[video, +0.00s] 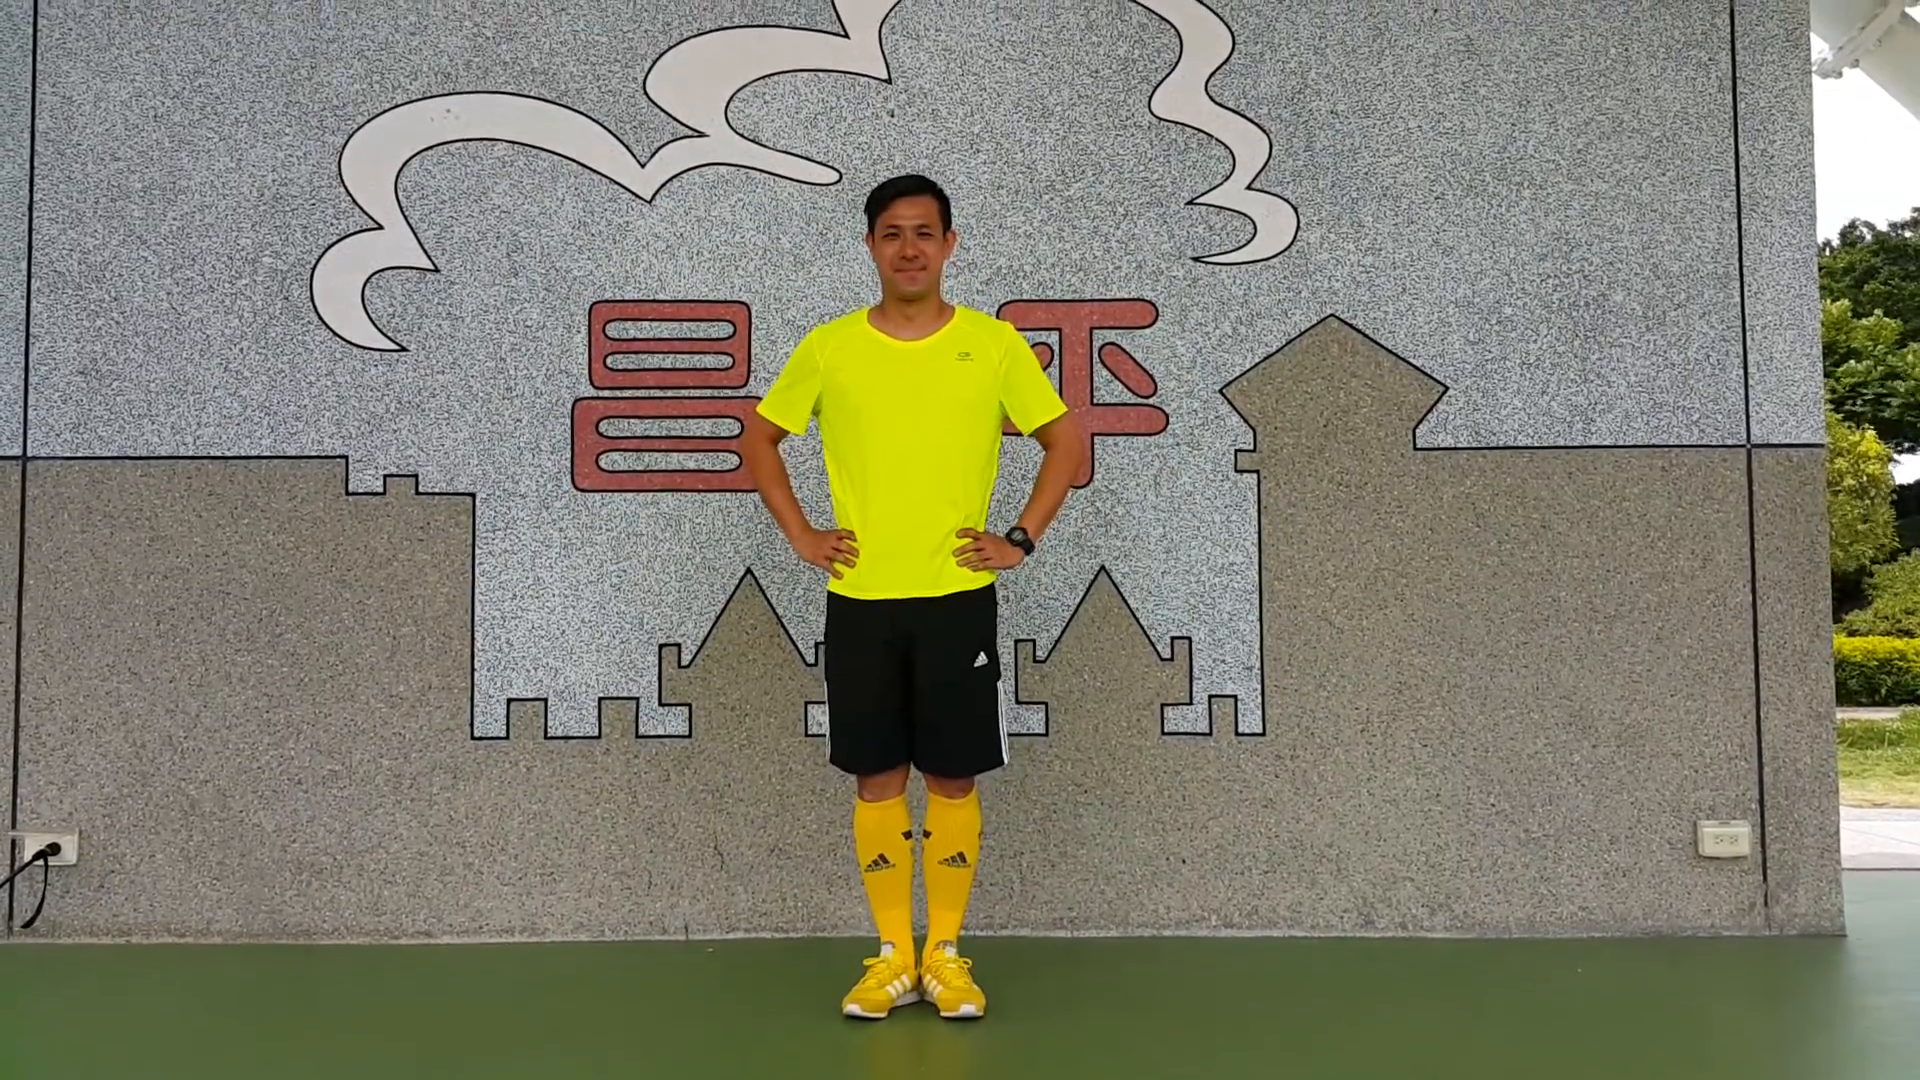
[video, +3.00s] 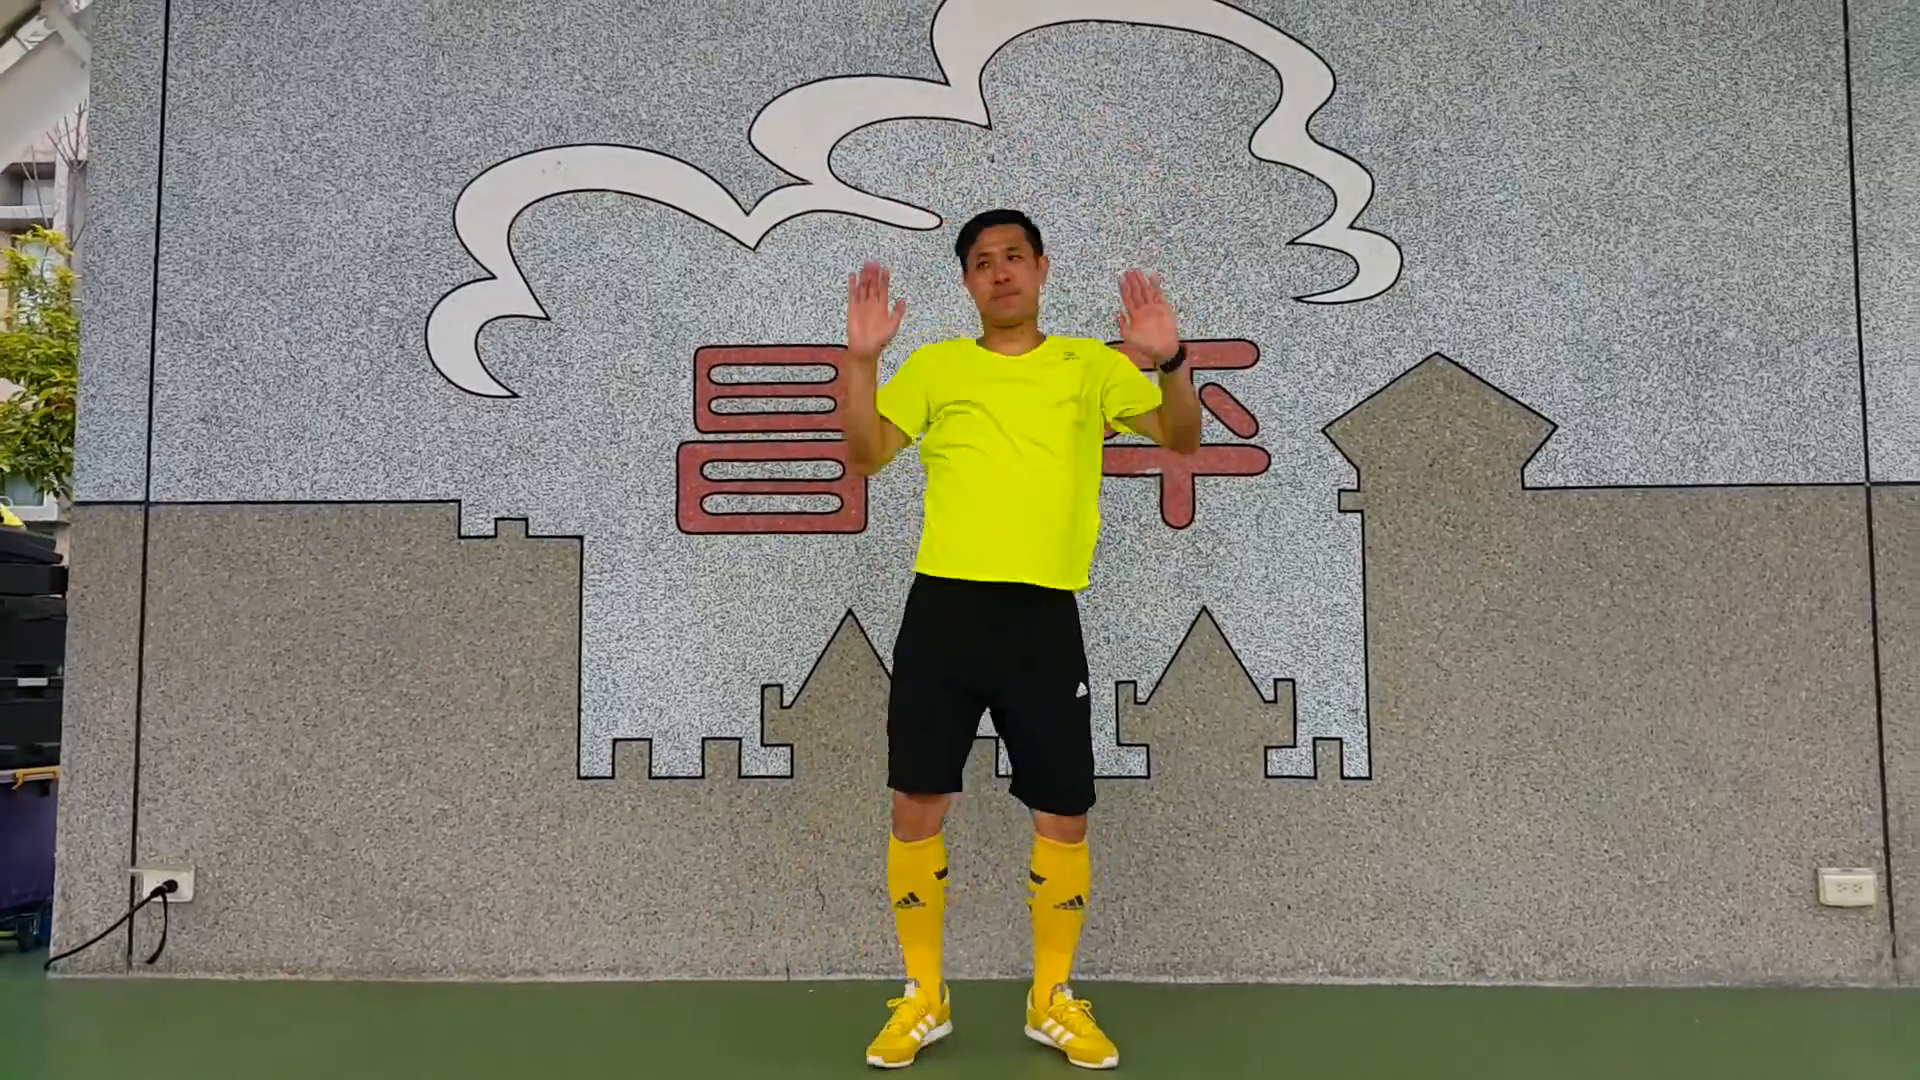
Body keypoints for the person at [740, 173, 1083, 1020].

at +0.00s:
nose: (909, 247)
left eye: (924, 233)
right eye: (893, 234)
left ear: (948, 246)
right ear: (872, 249)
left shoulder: (992, 342)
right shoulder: (831, 345)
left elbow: (1067, 439)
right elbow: (757, 438)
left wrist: (1021, 538)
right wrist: (800, 532)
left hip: (958, 591)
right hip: (862, 592)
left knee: (951, 774)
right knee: (877, 774)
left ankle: (943, 955)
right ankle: (895, 957)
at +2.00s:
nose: (978, 271)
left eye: (991, 258)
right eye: (962, 259)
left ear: (1010, 274)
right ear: (933, 275)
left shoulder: (1047, 349)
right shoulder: (886, 354)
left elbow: (1121, 413)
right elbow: (782, 396)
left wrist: (1131, 499)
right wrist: (801, 462)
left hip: (1024, 603)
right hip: (925, 606)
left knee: (1022, 798)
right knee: (937, 801)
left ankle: (1014, 987)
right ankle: (956, 988)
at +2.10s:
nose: (1009, 280)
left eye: (1017, 267)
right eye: (989, 266)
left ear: (1026, 282)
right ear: (949, 279)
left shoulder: (1057, 378)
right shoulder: (897, 375)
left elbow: (1097, 481)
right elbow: (826, 465)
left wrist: (1148, 556)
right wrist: (832, 524)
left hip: (1029, 624)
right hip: (927, 623)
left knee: (1032, 804)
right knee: (928, 807)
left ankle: (1018, 986)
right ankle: (955, 978)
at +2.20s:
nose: (1033, 289)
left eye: (1034, 275)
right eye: (1016, 275)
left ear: (1022, 287)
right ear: (967, 287)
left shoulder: (1049, 384)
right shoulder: (917, 379)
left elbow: (1107, 475)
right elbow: (883, 485)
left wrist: (1178, 492)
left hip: (1026, 628)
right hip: (926, 626)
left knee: (1043, 807)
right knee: (908, 808)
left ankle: (1023, 986)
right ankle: (899, 962)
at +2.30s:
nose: (1029, 292)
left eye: (1031, 279)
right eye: (1013, 277)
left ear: (1023, 287)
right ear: (970, 281)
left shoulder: (1046, 372)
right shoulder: (924, 352)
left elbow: (1134, 386)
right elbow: (939, 368)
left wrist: (1173, 318)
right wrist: (1025, 272)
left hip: (1016, 617)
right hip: (928, 611)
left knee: (1044, 803)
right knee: (894, 798)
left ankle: (1029, 986)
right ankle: (804, 941)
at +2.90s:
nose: (1026, 274)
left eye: (1035, 262)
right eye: (1007, 263)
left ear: (1048, 277)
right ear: (970, 282)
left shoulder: (1075, 363)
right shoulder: (942, 354)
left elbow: (1185, 346)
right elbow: (869, 330)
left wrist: (1159, 260)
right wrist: (920, 221)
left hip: (1041, 614)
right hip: (945, 607)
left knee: (1068, 809)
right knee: (893, 799)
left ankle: (1053, 999)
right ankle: (849, 976)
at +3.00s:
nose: (999, 271)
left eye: (1013, 257)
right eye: (983, 262)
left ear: (1043, 272)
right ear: (967, 286)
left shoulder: (1091, 363)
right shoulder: (937, 365)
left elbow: (1181, 437)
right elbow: (868, 450)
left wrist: (1170, 364)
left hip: (1045, 612)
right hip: (942, 607)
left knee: (1063, 809)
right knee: (917, 802)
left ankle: (1052, 999)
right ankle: (923, 997)